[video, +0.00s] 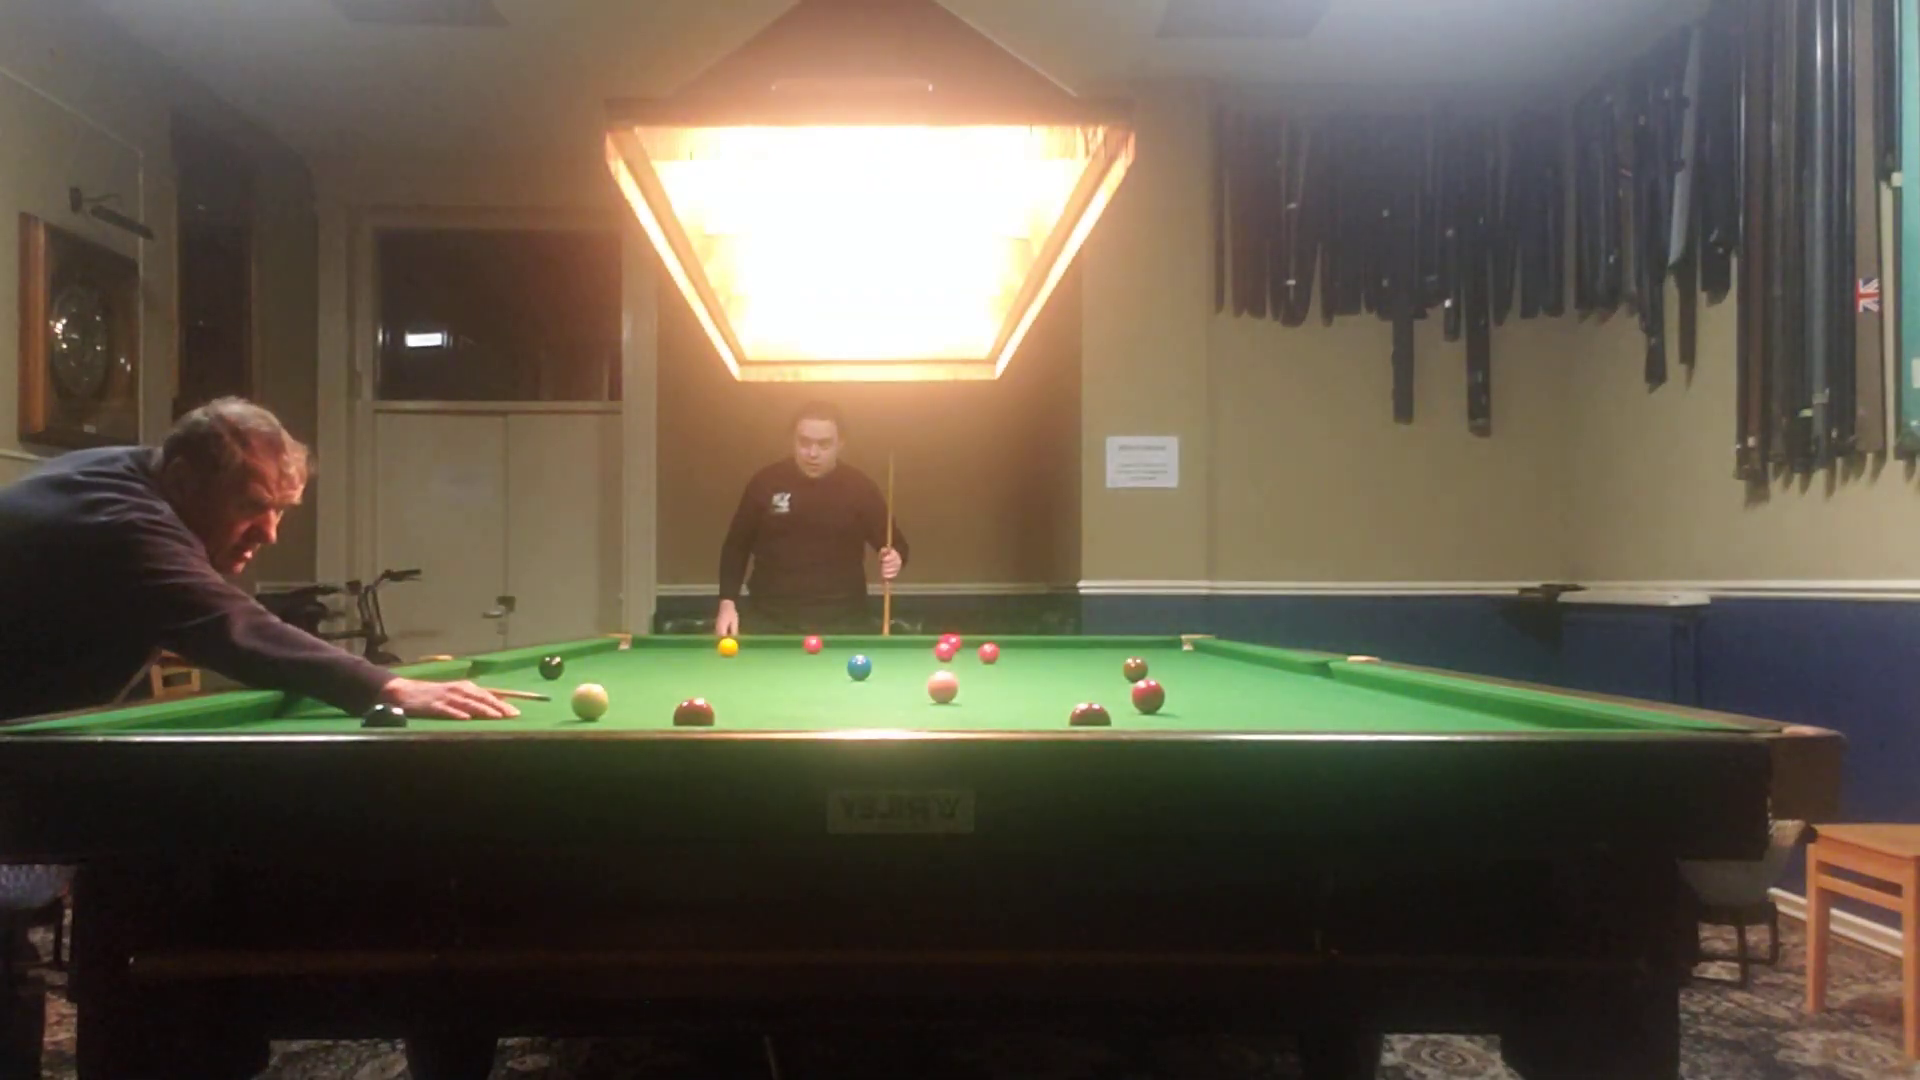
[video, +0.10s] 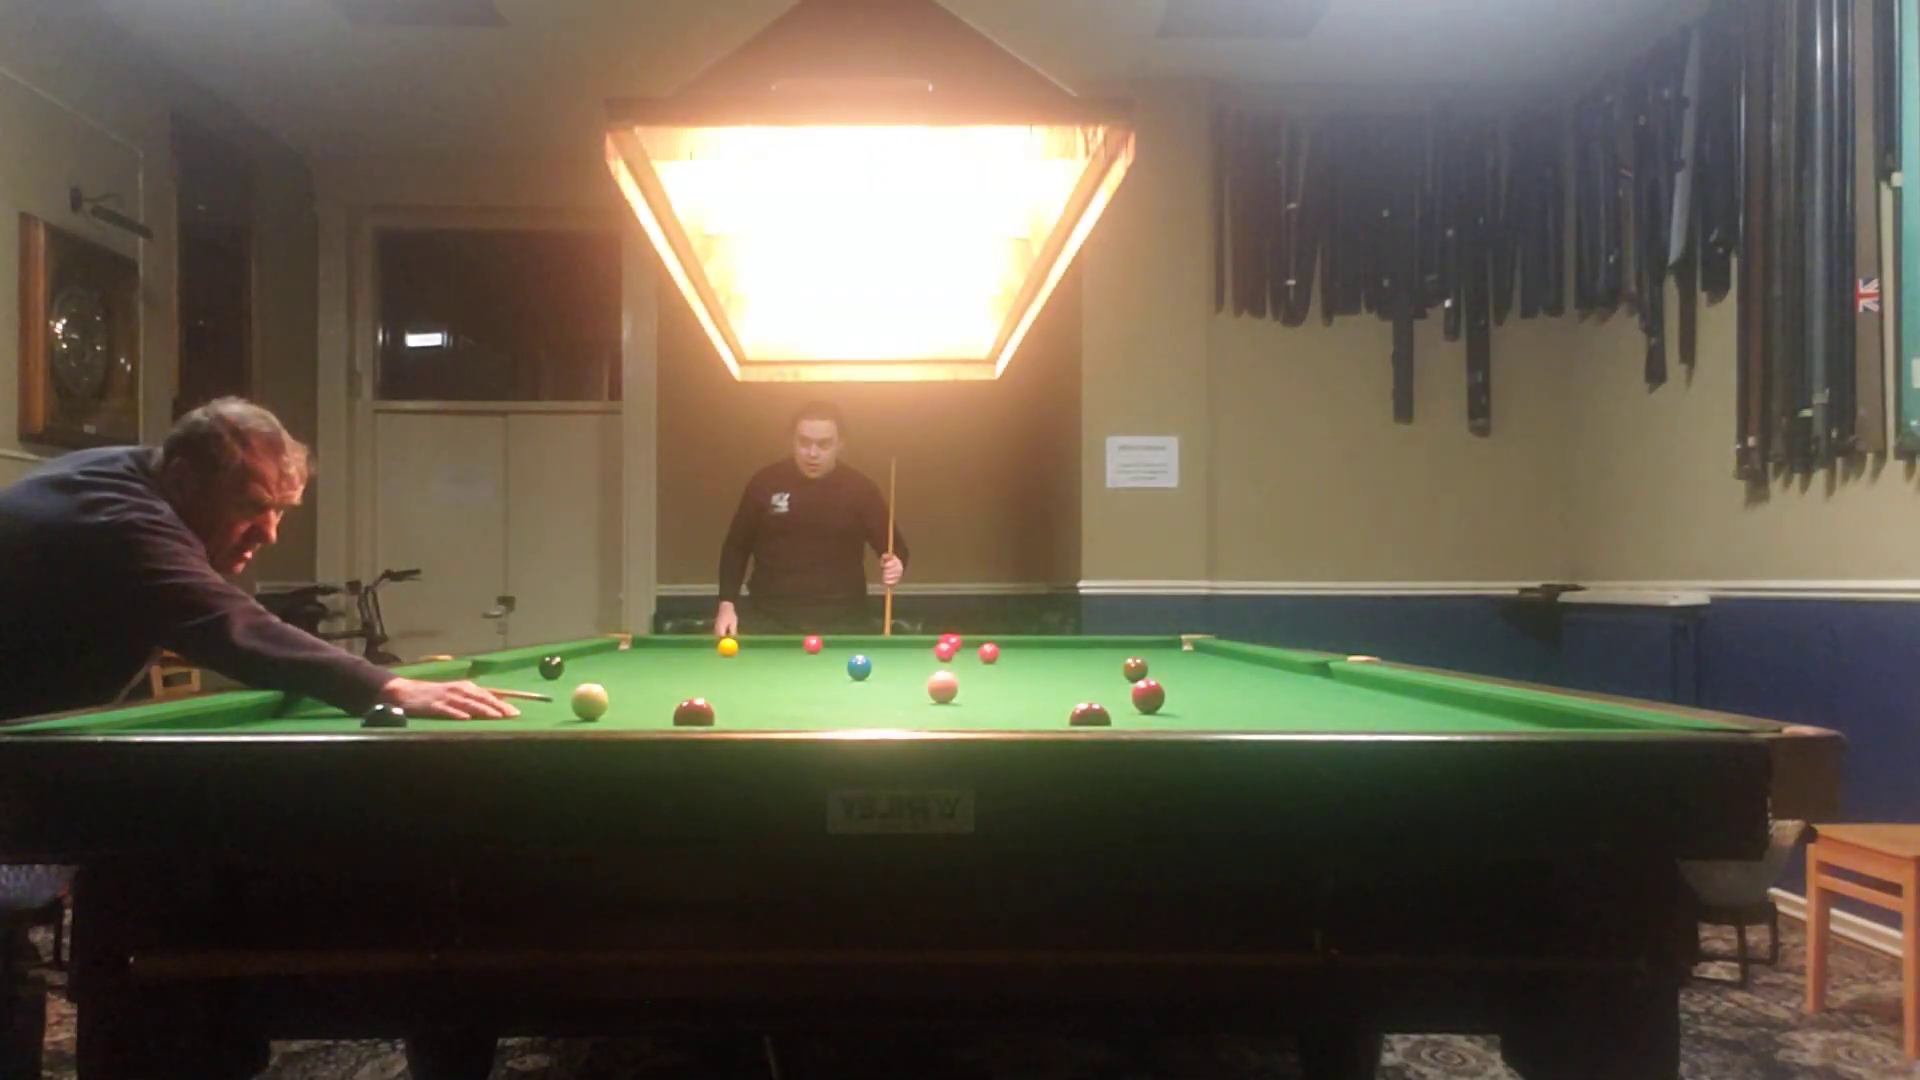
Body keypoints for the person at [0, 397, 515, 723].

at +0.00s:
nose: (269, 534)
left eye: (281, 513)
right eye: (253, 507)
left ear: (179, 473)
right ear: (183, 478)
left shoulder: (127, 472)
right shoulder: (133, 529)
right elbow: (243, 632)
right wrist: (394, 687)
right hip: (11, 720)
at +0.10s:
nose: (268, 534)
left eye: (281, 514)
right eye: (253, 508)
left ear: (180, 472)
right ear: (184, 476)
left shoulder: (130, 472)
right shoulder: (133, 528)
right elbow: (243, 633)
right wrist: (395, 688)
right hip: (11, 719)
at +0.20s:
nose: (268, 535)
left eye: (281, 514)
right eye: (253, 508)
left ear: (181, 476)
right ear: (185, 480)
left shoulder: (132, 471)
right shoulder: (135, 531)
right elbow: (244, 633)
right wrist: (394, 688)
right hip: (11, 719)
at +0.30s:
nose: (269, 535)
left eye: (281, 514)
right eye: (254, 508)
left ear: (182, 476)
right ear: (185, 480)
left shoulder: (132, 472)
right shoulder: (135, 531)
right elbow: (243, 633)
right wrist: (395, 688)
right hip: (11, 720)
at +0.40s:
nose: (270, 533)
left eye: (281, 512)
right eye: (254, 506)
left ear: (181, 476)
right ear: (184, 481)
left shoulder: (135, 472)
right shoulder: (135, 531)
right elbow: (243, 633)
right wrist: (395, 688)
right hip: (11, 720)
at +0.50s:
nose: (271, 532)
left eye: (282, 512)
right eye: (255, 506)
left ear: (181, 476)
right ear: (184, 481)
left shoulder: (135, 473)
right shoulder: (135, 531)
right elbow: (243, 633)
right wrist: (394, 687)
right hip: (10, 720)